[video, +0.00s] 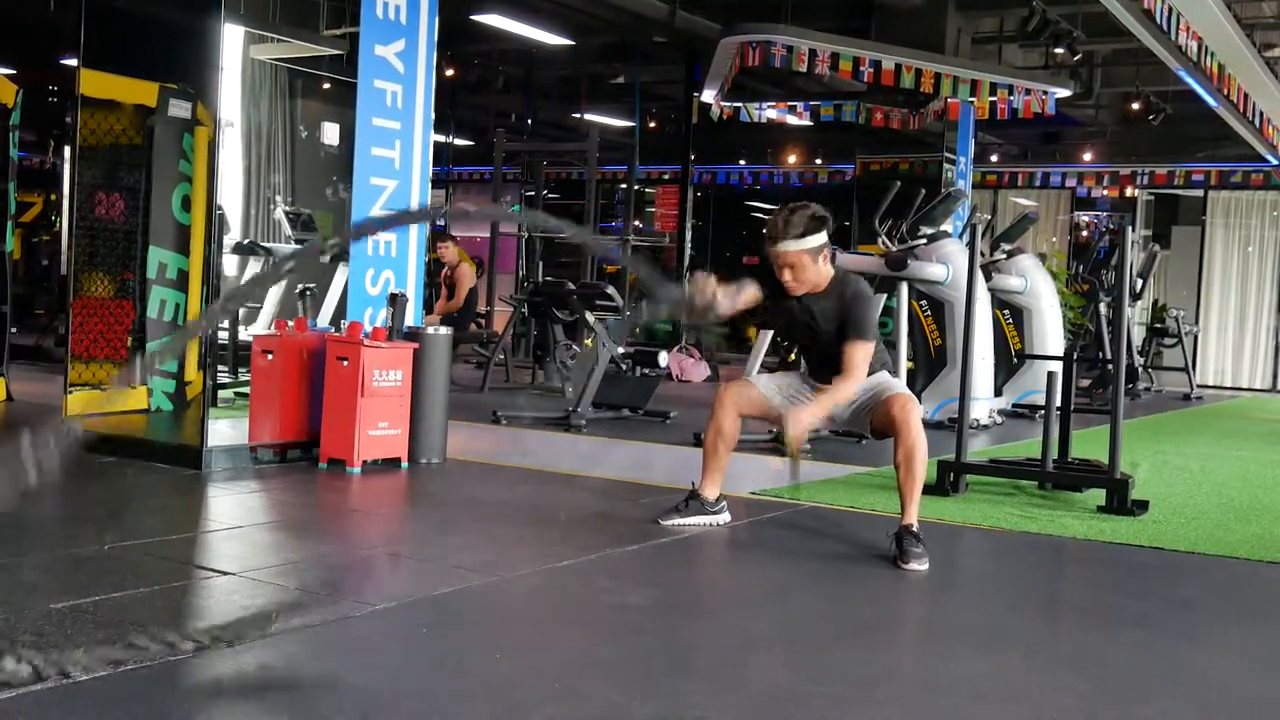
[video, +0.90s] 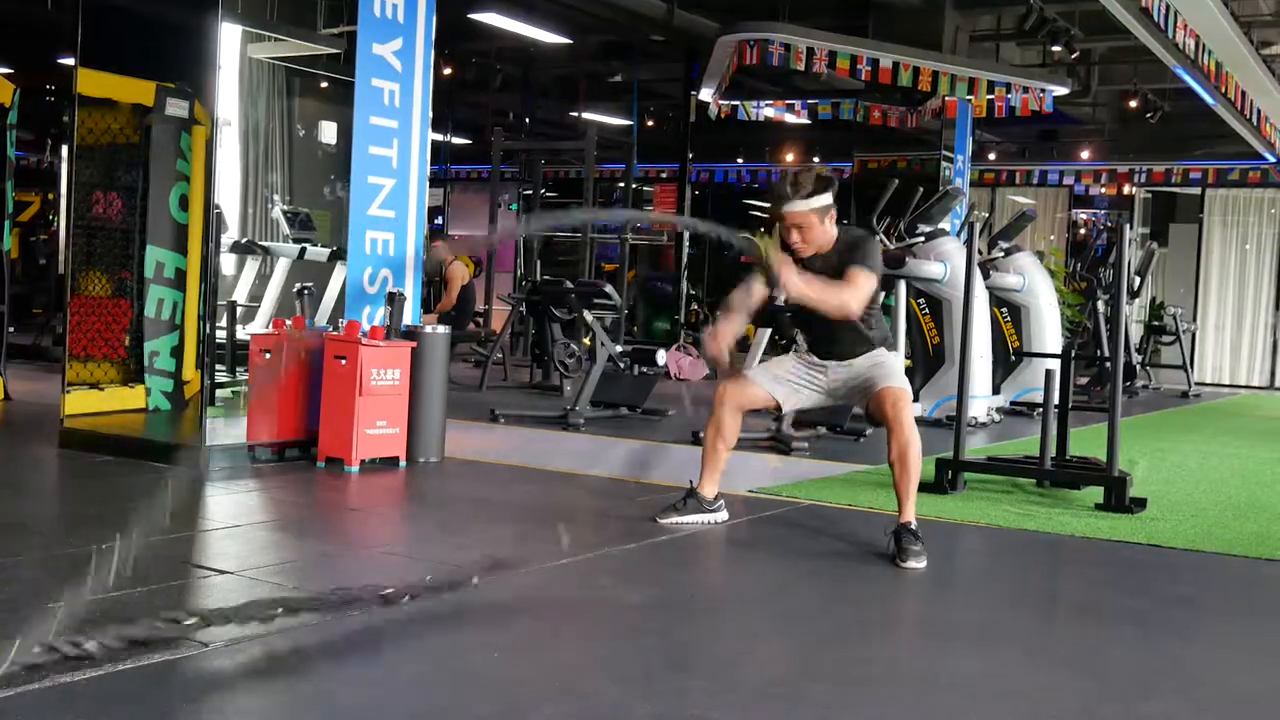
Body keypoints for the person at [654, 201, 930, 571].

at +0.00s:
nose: (784, 277)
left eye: (793, 268)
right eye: (778, 267)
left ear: (824, 258)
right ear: (773, 260)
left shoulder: (855, 294)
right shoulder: (777, 288)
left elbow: (853, 378)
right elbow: (737, 298)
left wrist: (809, 412)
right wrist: (713, 297)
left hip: (863, 390)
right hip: (807, 384)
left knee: (907, 409)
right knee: (729, 395)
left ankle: (910, 528)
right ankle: (708, 499)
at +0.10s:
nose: (776, 279)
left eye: (786, 269)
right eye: (770, 269)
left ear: (816, 261)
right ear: (764, 263)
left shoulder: (850, 305)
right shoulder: (771, 290)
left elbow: (855, 389)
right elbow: (732, 327)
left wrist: (819, 444)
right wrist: (720, 307)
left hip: (868, 390)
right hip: (808, 385)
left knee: (908, 411)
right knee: (728, 395)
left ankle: (909, 529)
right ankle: (708, 500)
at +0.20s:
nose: (786, 268)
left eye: (794, 258)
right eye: (778, 258)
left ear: (821, 248)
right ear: (770, 254)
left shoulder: (854, 275)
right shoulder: (768, 293)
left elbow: (858, 339)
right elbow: (757, 358)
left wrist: (811, 361)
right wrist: (748, 399)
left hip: (862, 386)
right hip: (799, 386)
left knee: (904, 409)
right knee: (726, 403)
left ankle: (909, 528)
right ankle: (709, 502)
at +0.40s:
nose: (792, 250)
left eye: (801, 241)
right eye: (786, 241)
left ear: (831, 233)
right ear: (779, 237)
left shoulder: (862, 259)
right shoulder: (778, 268)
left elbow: (847, 309)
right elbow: (752, 322)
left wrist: (787, 284)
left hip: (866, 378)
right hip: (807, 377)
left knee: (901, 408)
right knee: (728, 393)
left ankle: (909, 528)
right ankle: (708, 499)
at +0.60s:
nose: (770, 256)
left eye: (780, 246)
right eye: (765, 246)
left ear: (811, 241)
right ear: (760, 244)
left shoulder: (845, 285)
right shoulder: (769, 275)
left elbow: (852, 368)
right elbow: (730, 309)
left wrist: (824, 430)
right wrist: (717, 296)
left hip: (872, 368)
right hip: (813, 369)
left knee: (902, 407)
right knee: (731, 392)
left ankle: (908, 527)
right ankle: (706, 497)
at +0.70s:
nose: (779, 252)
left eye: (789, 242)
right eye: (772, 242)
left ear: (816, 235)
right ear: (765, 240)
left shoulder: (851, 266)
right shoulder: (767, 285)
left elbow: (849, 335)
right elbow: (754, 351)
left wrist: (809, 351)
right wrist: (741, 395)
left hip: (867, 370)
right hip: (802, 374)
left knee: (899, 406)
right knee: (728, 400)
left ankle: (907, 527)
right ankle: (707, 500)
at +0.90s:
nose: (792, 238)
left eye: (801, 228)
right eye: (786, 228)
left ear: (830, 220)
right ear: (779, 226)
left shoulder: (862, 244)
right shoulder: (782, 257)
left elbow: (850, 301)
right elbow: (745, 298)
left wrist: (793, 280)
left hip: (869, 364)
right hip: (807, 364)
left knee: (899, 406)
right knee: (729, 394)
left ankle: (907, 526)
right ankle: (706, 498)